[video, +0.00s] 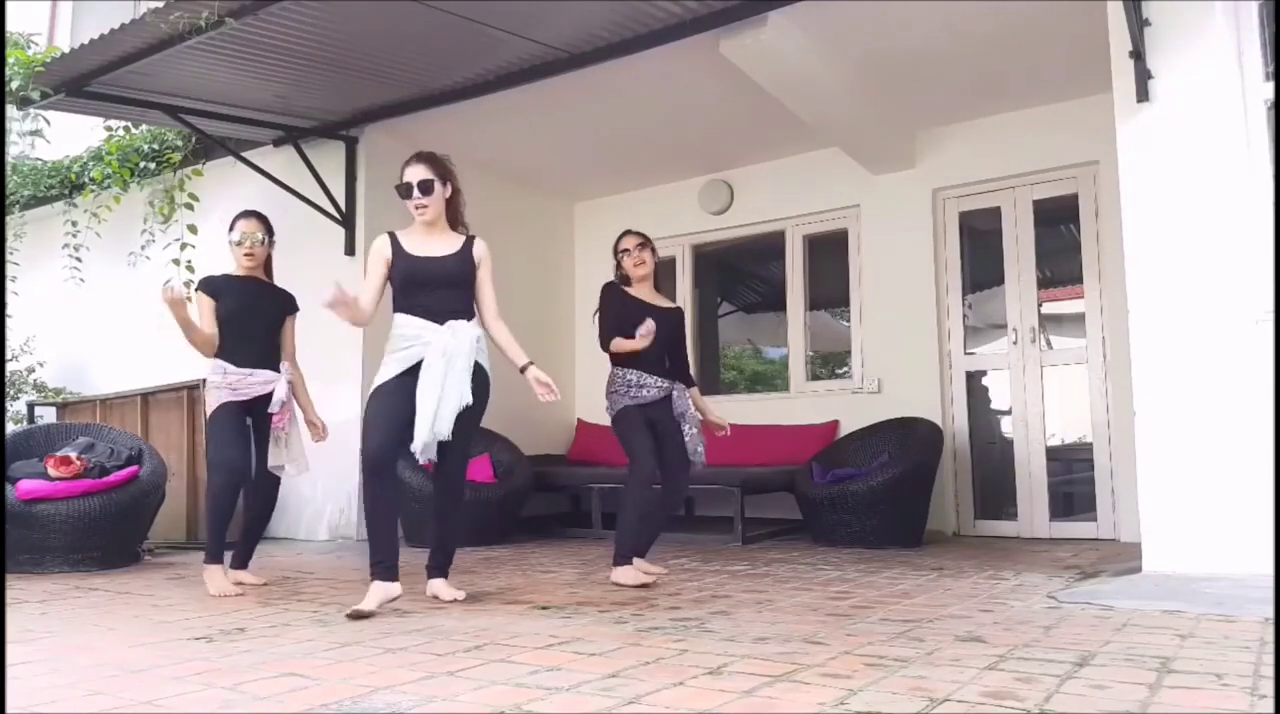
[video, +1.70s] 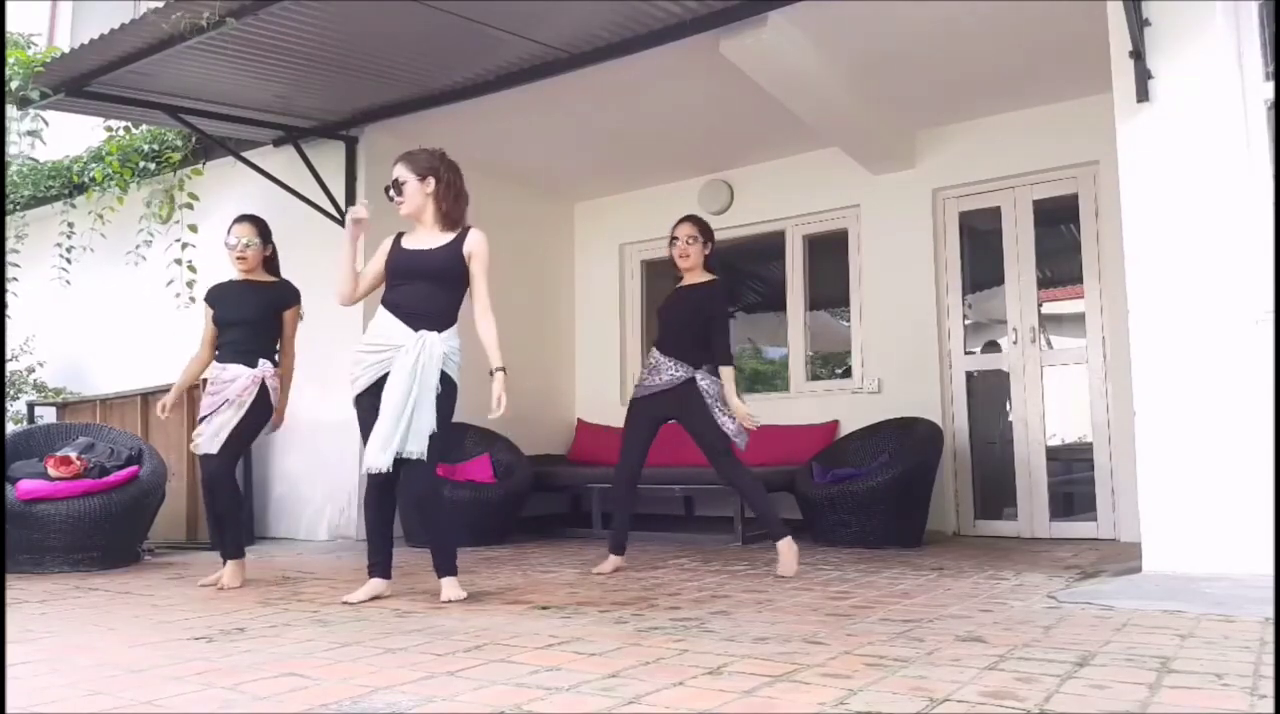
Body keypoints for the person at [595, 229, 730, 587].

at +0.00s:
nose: (635, 256)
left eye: (641, 248)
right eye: (626, 253)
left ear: (654, 255)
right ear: (620, 264)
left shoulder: (672, 310)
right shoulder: (615, 292)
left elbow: (681, 368)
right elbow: (608, 341)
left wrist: (706, 412)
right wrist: (638, 343)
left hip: (666, 399)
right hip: (628, 397)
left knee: (676, 478)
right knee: (643, 466)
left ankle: (636, 555)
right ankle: (621, 564)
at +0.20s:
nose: (625, 265)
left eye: (630, 257)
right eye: (616, 262)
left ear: (644, 262)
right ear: (610, 273)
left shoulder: (670, 314)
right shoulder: (605, 317)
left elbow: (679, 371)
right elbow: (606, 376)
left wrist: (700, 419)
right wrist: (593, 376)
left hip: (664, 409)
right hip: (620, 410)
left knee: (675, 491)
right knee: (609, 479)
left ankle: (635, 556)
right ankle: (612, 562)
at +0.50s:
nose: (620, 255)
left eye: (626, 246)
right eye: (611, 251)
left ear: (641, 249)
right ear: (606, 259)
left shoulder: (664, 301)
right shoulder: (601, 297)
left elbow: (671, 360)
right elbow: (579, 354)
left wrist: (689, 407)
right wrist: (582, 336)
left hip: (655, 395)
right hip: (612, 394)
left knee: (662, 484)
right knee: (609, 473)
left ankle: (633, 555)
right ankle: (593, 560)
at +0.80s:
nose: (632, 248)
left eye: (638, 240)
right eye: (624, 245)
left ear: (654, 244)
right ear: (620, 254)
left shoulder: (671, 300)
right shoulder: (612, 286)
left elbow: (670, 358)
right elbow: (579, 336)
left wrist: (688, 404)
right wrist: (580, 387)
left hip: (658, 390)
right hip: (616, 388)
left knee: (664, 474)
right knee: (618, 470)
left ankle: (658, 552)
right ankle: (602, 561)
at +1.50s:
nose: (655, 261)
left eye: (663, 255)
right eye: (648, 254)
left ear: (676, 261)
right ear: (641, 261)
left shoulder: (688, 302)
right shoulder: (645, 303)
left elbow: (711, 355)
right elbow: (635, 350)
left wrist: (738, 400)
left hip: (651, 400)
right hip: (618, 396)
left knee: (659, 487)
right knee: (605, 478)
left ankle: (714, 546)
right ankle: (614, 555)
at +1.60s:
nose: (666, 253)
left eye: (675, 247)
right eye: (660, 247)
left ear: (689, 254)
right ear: (654, 254)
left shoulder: (699, 296)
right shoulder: (658, 298)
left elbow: (719, 353)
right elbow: (645, 344)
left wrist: (744, 400)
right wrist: (630, 375)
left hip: (662, 394)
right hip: (627, 394)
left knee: (689, 476)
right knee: (614, 476)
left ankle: (741, 543)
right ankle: (615, 555)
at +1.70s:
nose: (682, 247)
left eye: (691, 241)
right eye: (676, 241)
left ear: (706, 247)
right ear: (670, 248)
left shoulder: (715, 287)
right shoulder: (676, 291)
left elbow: (721, 344)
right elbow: (669, 343)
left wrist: (732, 398)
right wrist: (648, 385)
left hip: (690, 387)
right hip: (651, 386)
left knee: (728, 467)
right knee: (627, 469)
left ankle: (783, 540)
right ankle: (616, 552)